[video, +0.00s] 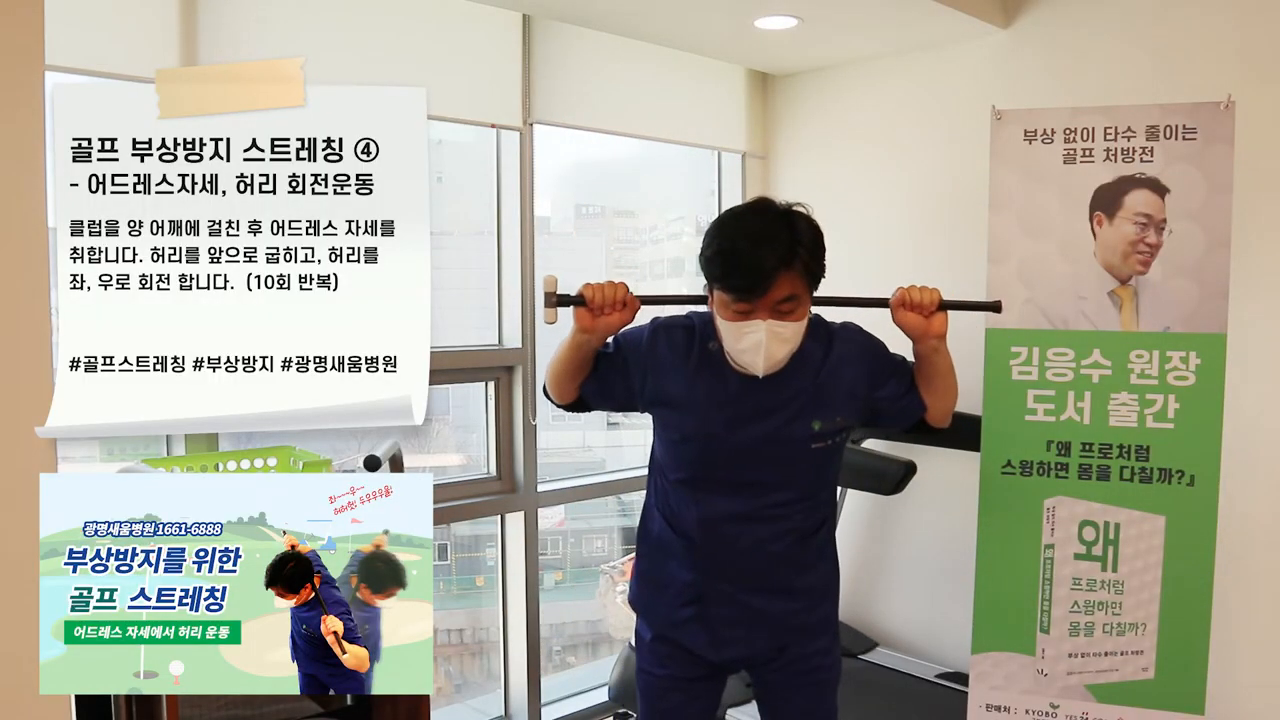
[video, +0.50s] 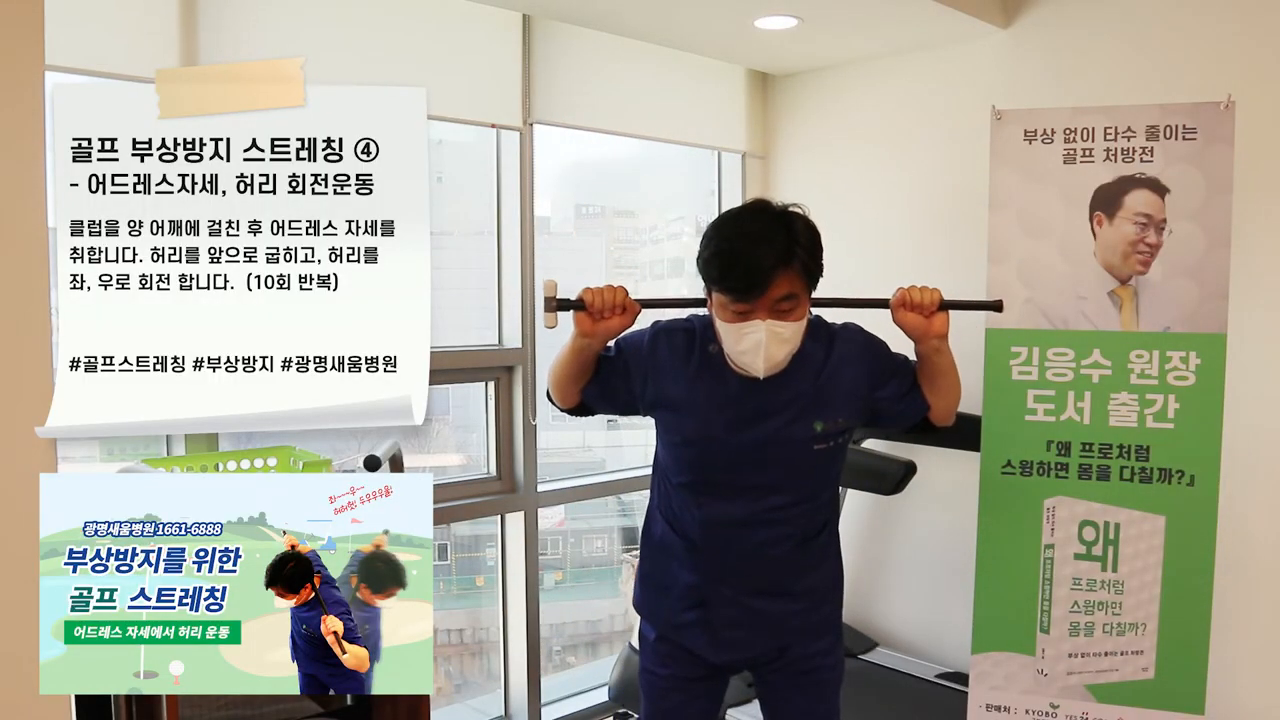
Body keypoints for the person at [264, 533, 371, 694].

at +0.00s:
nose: (278, 599)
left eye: (283, 596)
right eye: (276, 594)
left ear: (306, 590)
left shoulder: (334, 607)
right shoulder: (312, 570)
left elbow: (363, 665)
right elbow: (308, 552)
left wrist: (335, 642)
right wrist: (297, 547)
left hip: (344, 673)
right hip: (310, 667)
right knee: (312, 713)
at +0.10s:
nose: (278, 599)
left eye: (283, 596)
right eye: (276, 594)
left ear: (306, 590)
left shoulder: (334, 607)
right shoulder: (312, 570)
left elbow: (363, 665)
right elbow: (308, 552)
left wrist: (335, 642)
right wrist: (297, 547)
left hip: (344, 673)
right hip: (310, 667)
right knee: (312, 714)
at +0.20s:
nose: (278, 599)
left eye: (283, 596)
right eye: (276, 594)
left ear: (306, 590)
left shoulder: (334, 607)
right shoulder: (312, 570)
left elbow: (363, 665)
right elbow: (308, 552)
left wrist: (335, 642)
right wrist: (297, 547)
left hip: (344, 673)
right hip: (310, 667)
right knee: (312, 714)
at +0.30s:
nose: (278, 599)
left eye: (283, 596)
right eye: (276, 594)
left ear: (306, 590)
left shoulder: (334, 607)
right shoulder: (312, 570)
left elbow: (363, 665)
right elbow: (308, 552)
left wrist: (335, 642)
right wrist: (297, 547)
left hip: (344, 673)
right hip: (310, 667)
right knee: (312, 714)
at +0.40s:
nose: (278, 599)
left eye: (283, 596)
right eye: (276, 594)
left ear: (306, 590)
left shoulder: (334, 607)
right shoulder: (312, 570)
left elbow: (363, 665)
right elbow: (308, 552)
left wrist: (335, 642)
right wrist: (297, 547)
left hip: (344, 673)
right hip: (310, 667)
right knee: (312, 714)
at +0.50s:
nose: (278, 599)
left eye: (283, 596)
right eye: (276, 594)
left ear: (306, 590)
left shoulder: (334, 607)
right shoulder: (312, 570)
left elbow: (363, 665)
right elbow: (308, 552)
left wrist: (335, 642)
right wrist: (297, 547)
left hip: (344, 673)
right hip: (310, 667)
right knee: (312, 714)